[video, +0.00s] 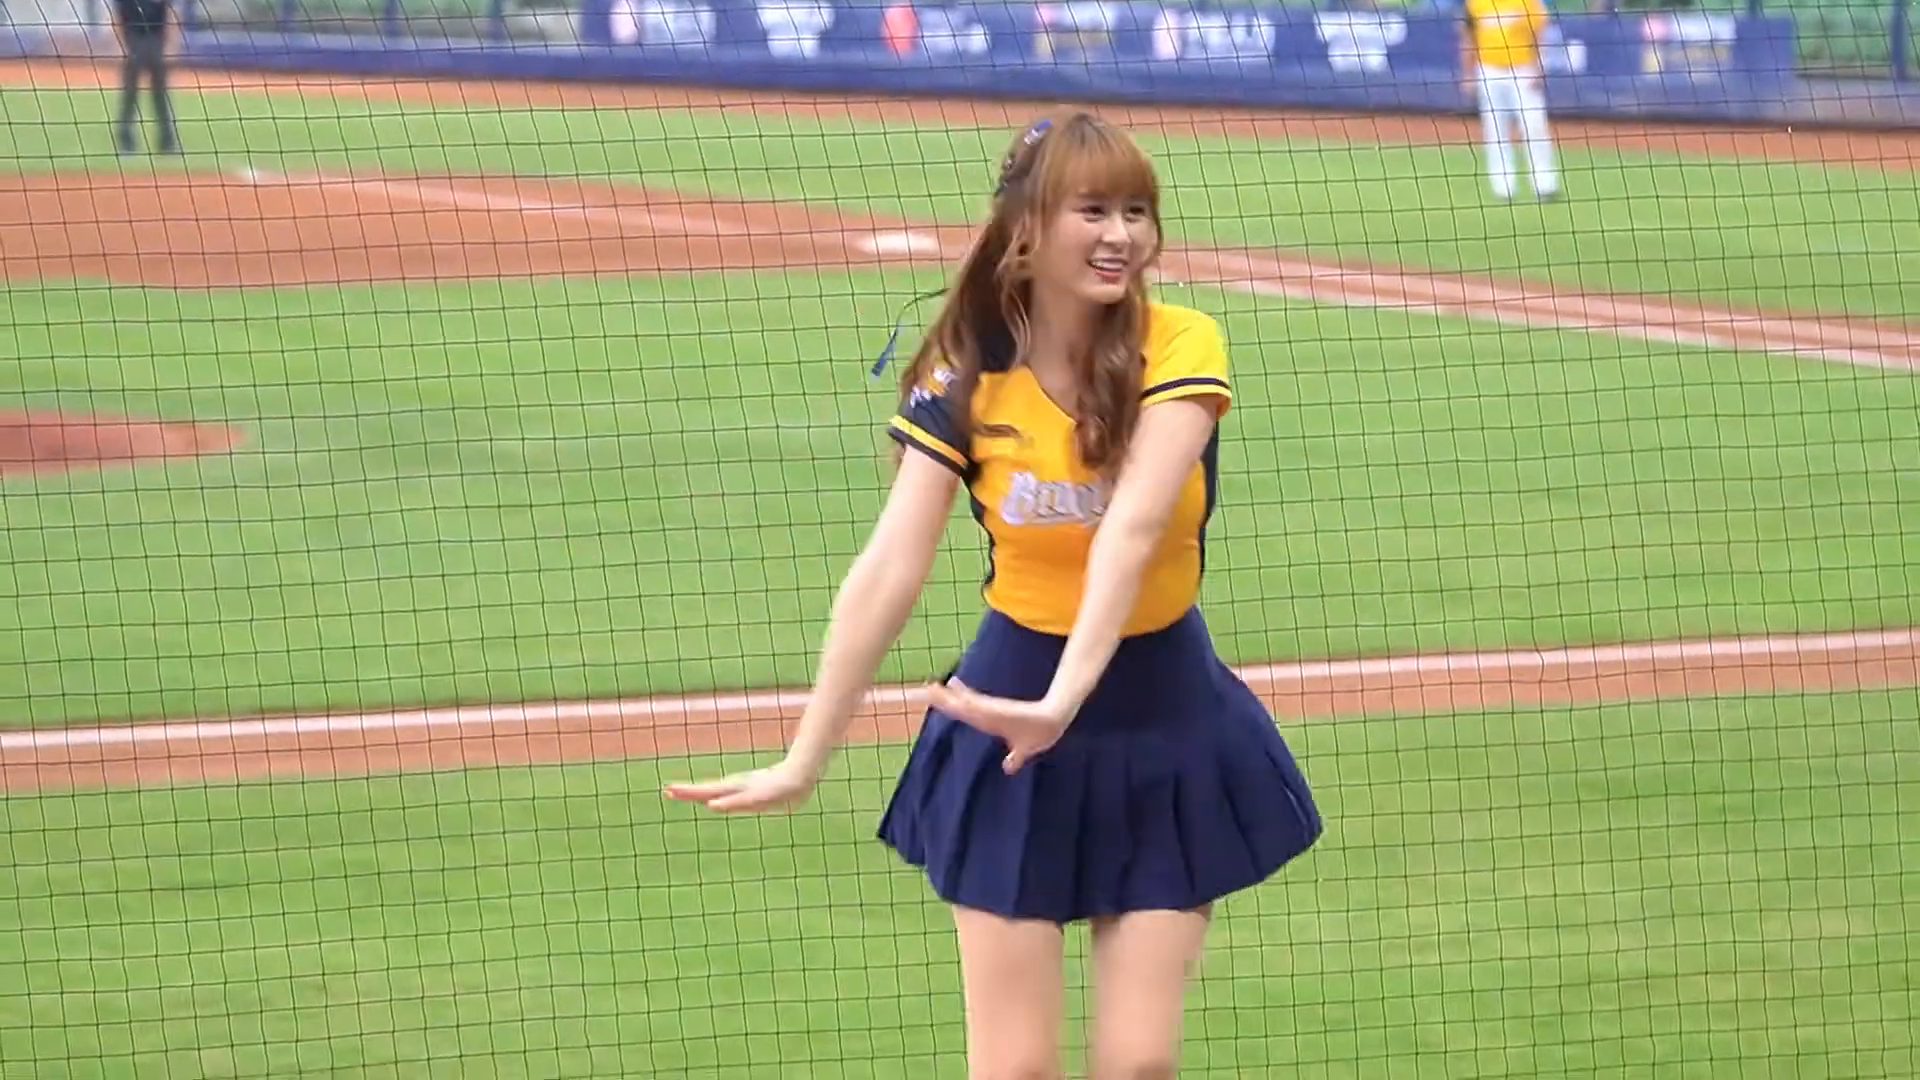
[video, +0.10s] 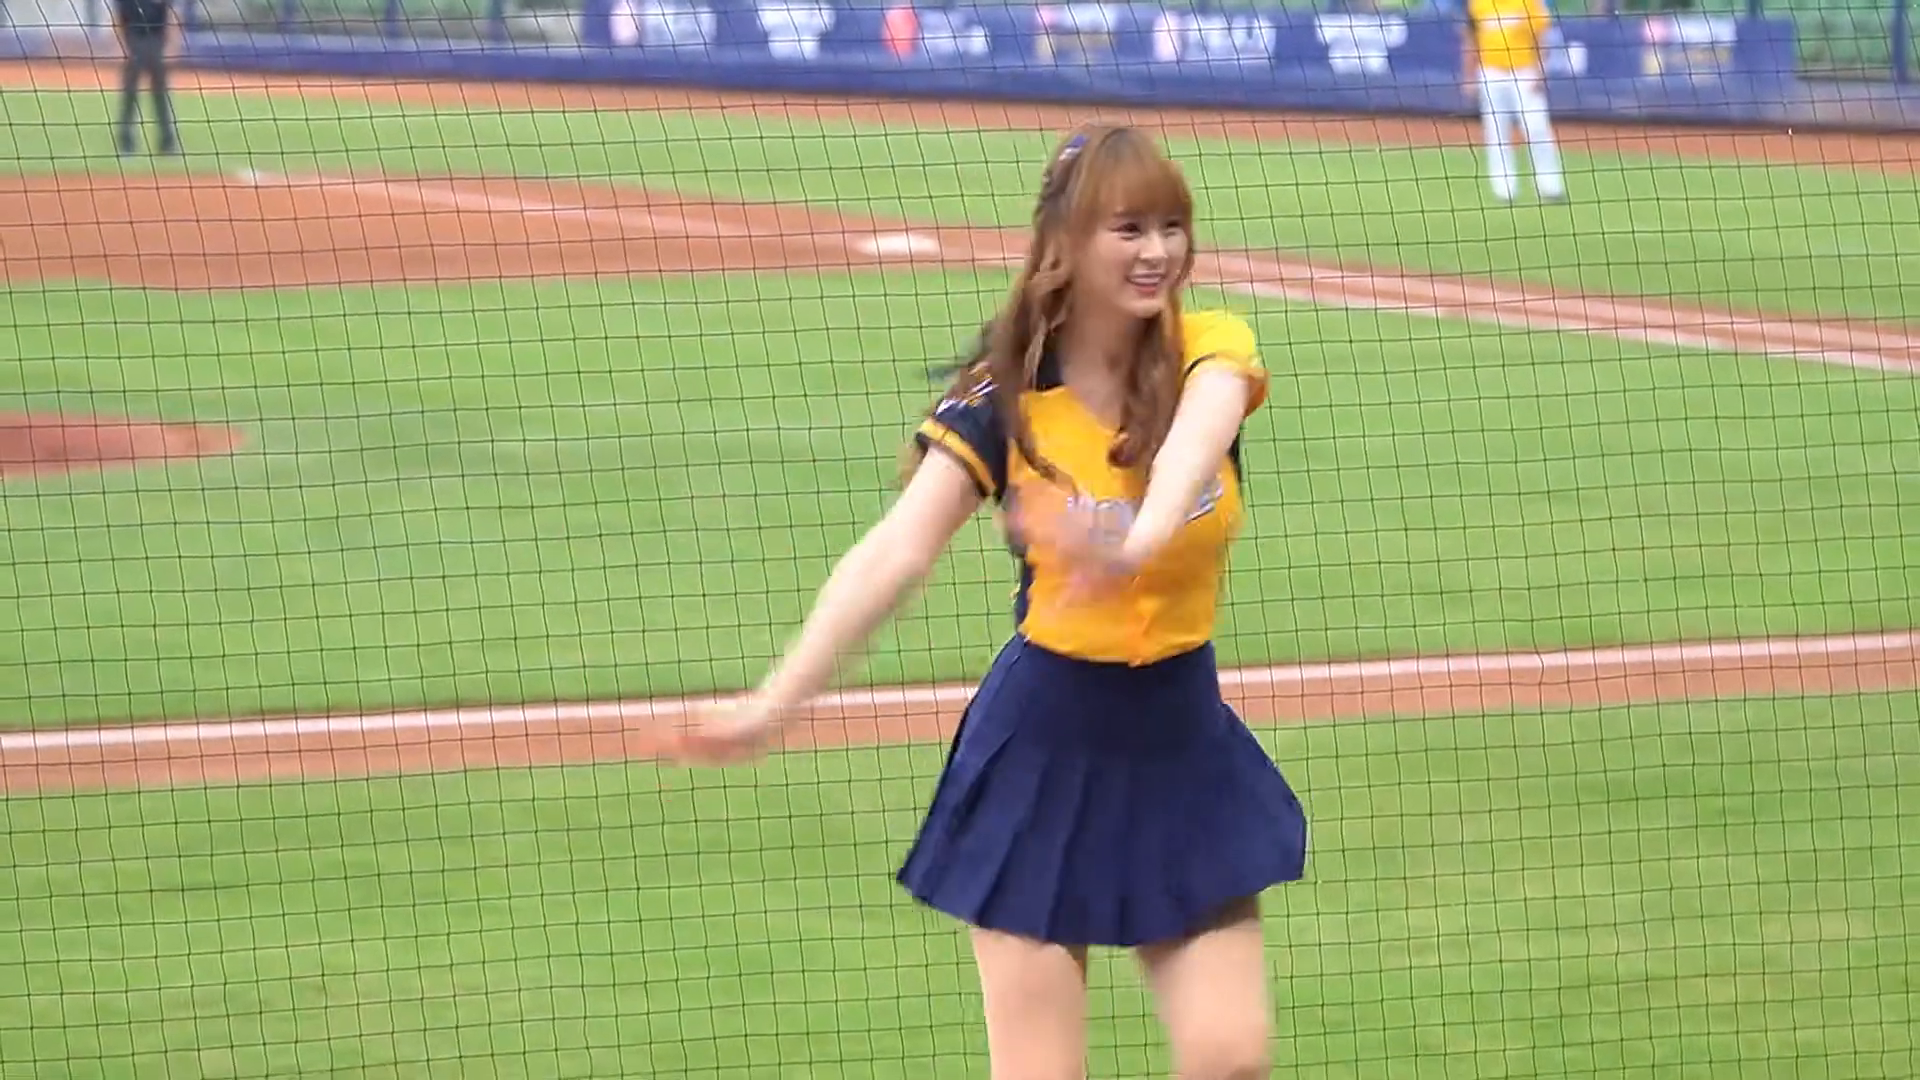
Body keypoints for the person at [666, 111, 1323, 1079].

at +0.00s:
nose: (1119, 234)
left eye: (1135, 212)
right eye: (1089, 210)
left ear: (1156, 230)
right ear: (1023, 234)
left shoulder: (1181, 345)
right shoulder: (964, 370)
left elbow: (1134, 528)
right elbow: (889, 570)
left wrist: (1061, 699)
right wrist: (805, 759)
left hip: (1162, 706)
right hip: (1009, 700)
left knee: (1139, 1059)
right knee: (1011, 1060)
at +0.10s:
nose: (1157, 249)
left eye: (1172, 225)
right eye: (1128, 228)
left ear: (1190, 238)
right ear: (1064, 247)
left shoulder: (1214, 342)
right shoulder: (1003, 393)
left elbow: (1197, 446)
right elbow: (895, 549)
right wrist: (773, 701)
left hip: (1180, 728)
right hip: (1042, 734)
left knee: (1235, 1051)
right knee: (1039, 1062)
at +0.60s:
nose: (1404, 183)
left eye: (1422, 163)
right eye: (1376, 162)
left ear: (1441, 186)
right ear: (1318, 184)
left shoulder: (1422, 359)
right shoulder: (1249, 298)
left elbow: (1573, 466)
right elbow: (1079, 352)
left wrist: (1721, 546)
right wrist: (1191, 234)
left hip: (1291, 695)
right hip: (1163, 676)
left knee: (1346, 1052)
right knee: (1222, 1017)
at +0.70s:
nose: (1430, 241)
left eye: (1446, 219)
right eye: (1401, 219)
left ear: (1467, 240)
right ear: (1345, 239)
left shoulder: (1432, 457)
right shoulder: (1267, 372)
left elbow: (1506, 651)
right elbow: (1075, 458)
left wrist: (1587, 790)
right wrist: (1219, 368)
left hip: (1277, 745)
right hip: (1149, 723)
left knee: (1382, 1058)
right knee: (1294, 980)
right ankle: (1027, 1014)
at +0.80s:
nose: (1416, 247)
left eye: (1430, 223)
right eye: (1388, 224)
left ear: (1448, 243)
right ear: (1331, 244)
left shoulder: (1425, 445)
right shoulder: (1239, 361)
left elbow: (1502, 656)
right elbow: (1035, 408)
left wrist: (1579, 825)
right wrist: (1168, 305)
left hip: (1278, 748)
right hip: (1142, 732)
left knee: (1382, 1063)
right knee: (1272, 983)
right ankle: (1003, 1052)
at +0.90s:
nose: (1369, 196)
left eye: (1390, 178)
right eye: (1345, 170)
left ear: (1407, 202)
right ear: (1284, 182)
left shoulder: (1394, 374)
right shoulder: (1176, 301)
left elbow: (1548, 509)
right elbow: (970, 275)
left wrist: (1705, 628)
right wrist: (1064, 151)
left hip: (1277, 691)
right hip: (1142, 677)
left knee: (1327, 1057)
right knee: (1151, 1035)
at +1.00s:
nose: (1301, 201)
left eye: (1320, 181)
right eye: (1277, 174)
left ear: (1333, 203)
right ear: (1207, 182)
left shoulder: (1346, 333)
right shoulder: (1101, 299)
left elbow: (1545, 346)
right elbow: (924, 190)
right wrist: (933, 36)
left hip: (1258, 697)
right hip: (1106, 689)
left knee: (1307, 1054)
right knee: (1043, 1050)